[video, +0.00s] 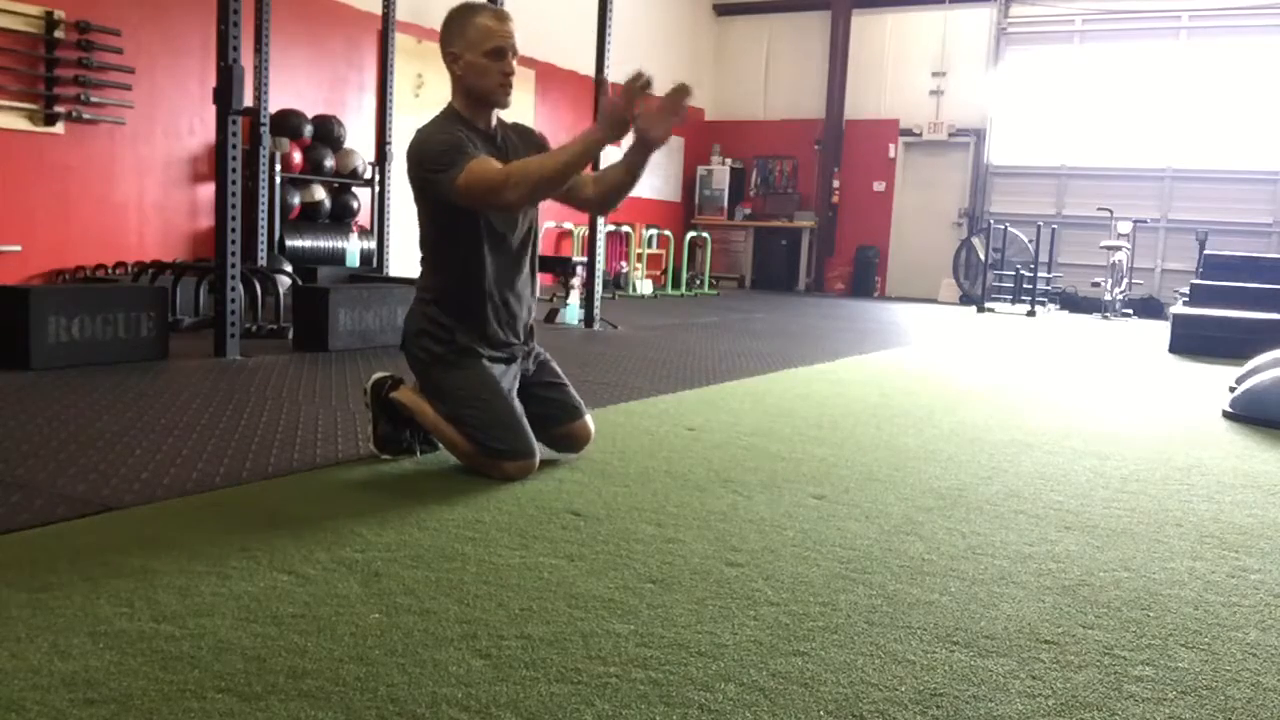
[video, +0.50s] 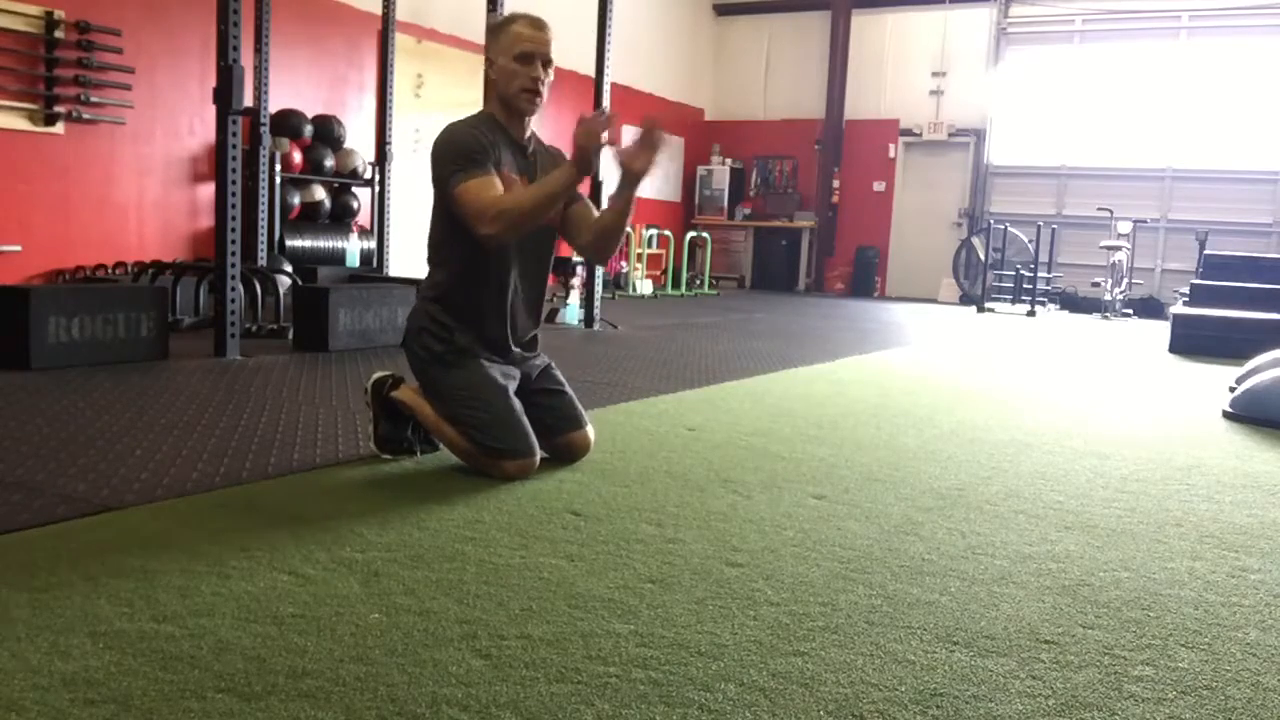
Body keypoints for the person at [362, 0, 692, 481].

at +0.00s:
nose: (511, 66)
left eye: (513, 54)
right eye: (497, 54)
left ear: (516, 60)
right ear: (454, 61)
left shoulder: (525, 142)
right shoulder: (436, 144)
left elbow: (595, 198)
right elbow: (508, 189)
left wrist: (643, 147)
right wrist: (601, 133)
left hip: (516, 336)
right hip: (455, 345)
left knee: (574, 436)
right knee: (515, 464)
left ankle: (462, 395)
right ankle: (402, 399)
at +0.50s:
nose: (538, 75)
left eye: (546, 65)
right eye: (524, 60)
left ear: (553, 76)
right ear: (489, 66)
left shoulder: (550, 159)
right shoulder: (463, 141)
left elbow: (596, 246)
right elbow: (492, 223)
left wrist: (629, 181)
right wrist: (576, 167)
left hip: (518, 341)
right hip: (455, 343)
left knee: (572, 443)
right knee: (515, 463)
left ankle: (443, 414)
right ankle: (401, 398)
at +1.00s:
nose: (555, 88)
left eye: (563, 77)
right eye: (541, 72)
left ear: (568, 84)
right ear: (505, 71)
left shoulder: (553, 164)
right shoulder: (466, 149)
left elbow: (551, 253)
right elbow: (431, 254)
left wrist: (599, 260)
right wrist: (476, 349)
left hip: (517, 347)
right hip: (448, 348)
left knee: (573, 444)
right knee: (516, 464)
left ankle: (445, 408)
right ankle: (401, 400)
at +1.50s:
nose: (563, 94)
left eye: (564, 82)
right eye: (561, 81)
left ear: (530, 79)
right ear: (529, 78)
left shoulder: (536, 152)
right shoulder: (461, 149)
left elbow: (560, 209)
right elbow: (442, 259)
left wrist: (577, 131)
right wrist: (471, 357)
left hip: (511, 345)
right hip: (449, 347)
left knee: (572, 442)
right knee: (515, 464)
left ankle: (437, 412)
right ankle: (399, 399)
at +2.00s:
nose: (559, 91)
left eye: (560, 78)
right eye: (554, 76)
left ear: (522, 76)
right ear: (519, 74)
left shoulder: (539, 153)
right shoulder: (452, 149)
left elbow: (585, 175)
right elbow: (431, 258)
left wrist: (620, 167)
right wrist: (464, 355)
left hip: (515, 348)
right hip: (452, 351)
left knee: (573, 443)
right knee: (515, 464)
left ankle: (437, 411)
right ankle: (399, 399)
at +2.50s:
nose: (519, 87)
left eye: (532, 78)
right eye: (507, 72)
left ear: (546, 88)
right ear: (486, 73)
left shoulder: (546, 160)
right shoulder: (451, 147)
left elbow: (559, 228)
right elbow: (401, 233)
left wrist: (610, 254)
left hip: (517, 346)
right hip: (450, 347)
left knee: (574, 444)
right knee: (516, 463)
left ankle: (448, 409)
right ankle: (399, 399)